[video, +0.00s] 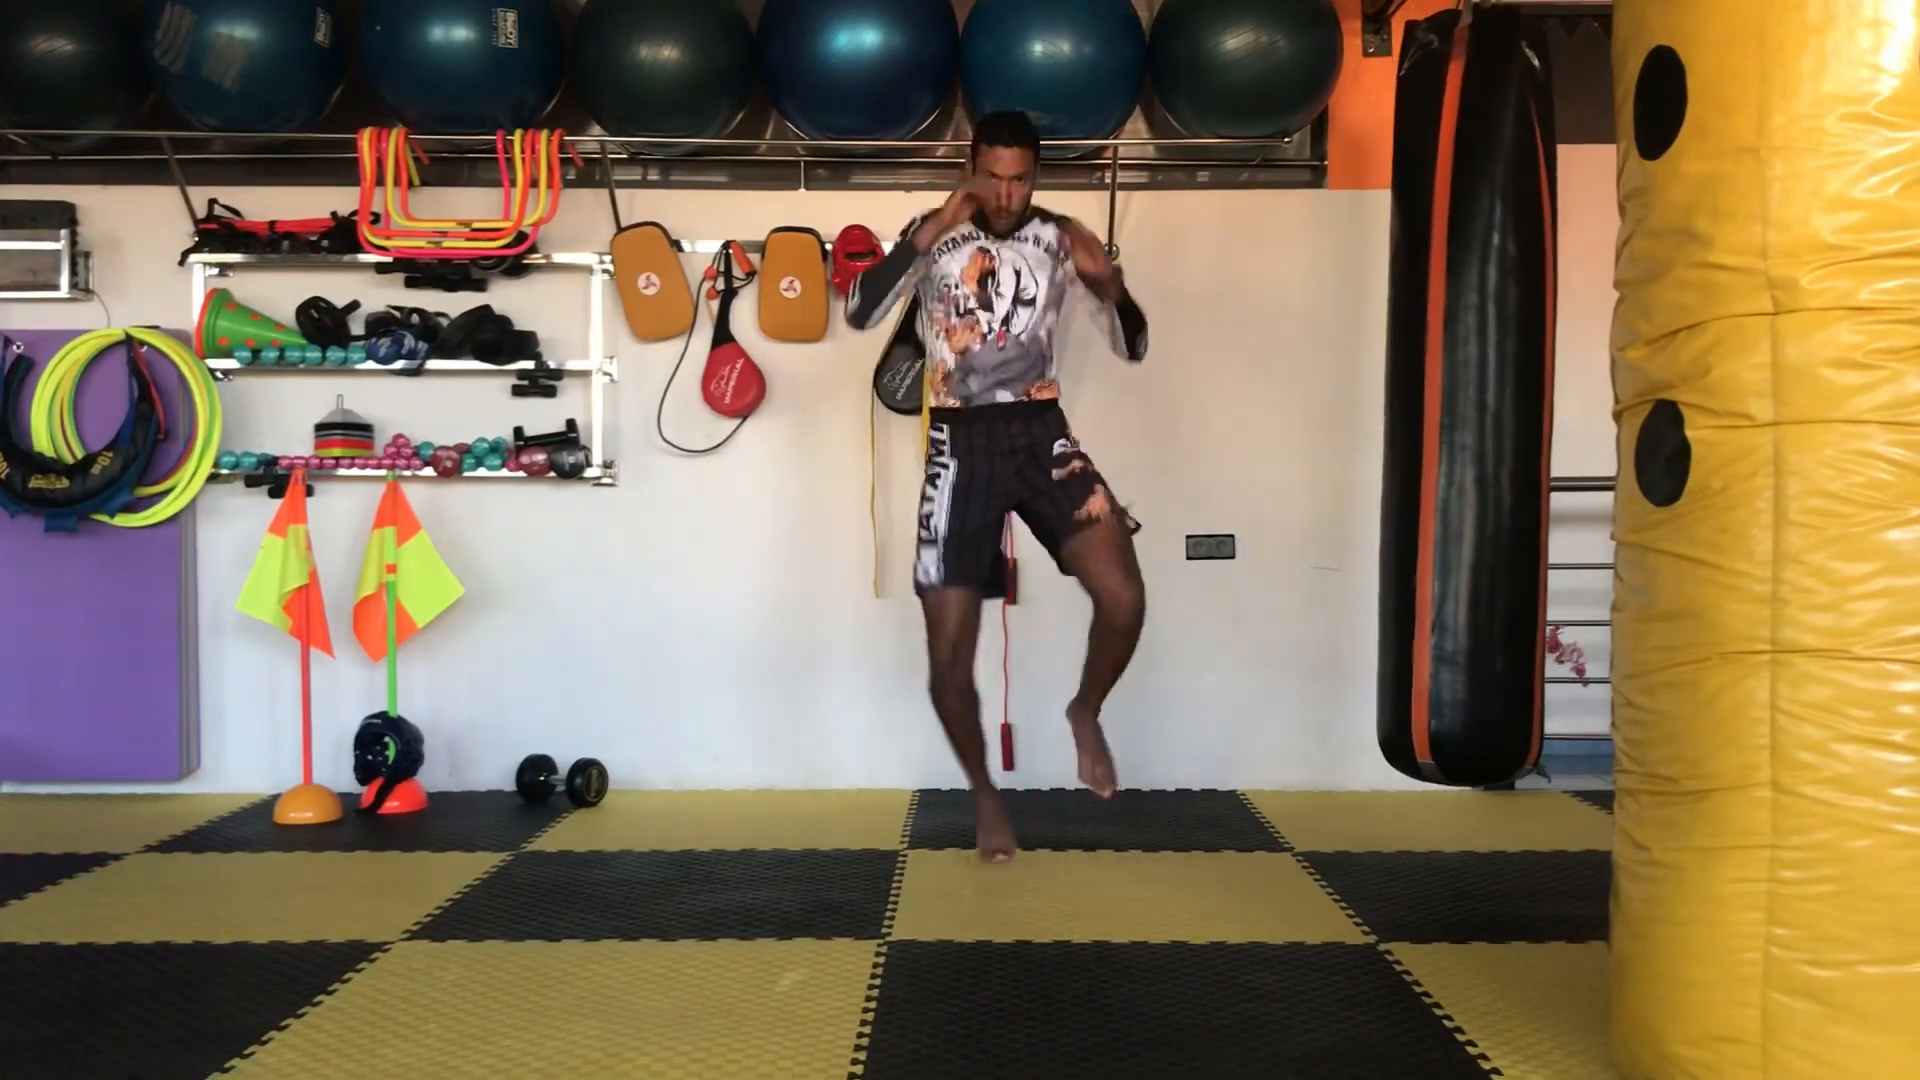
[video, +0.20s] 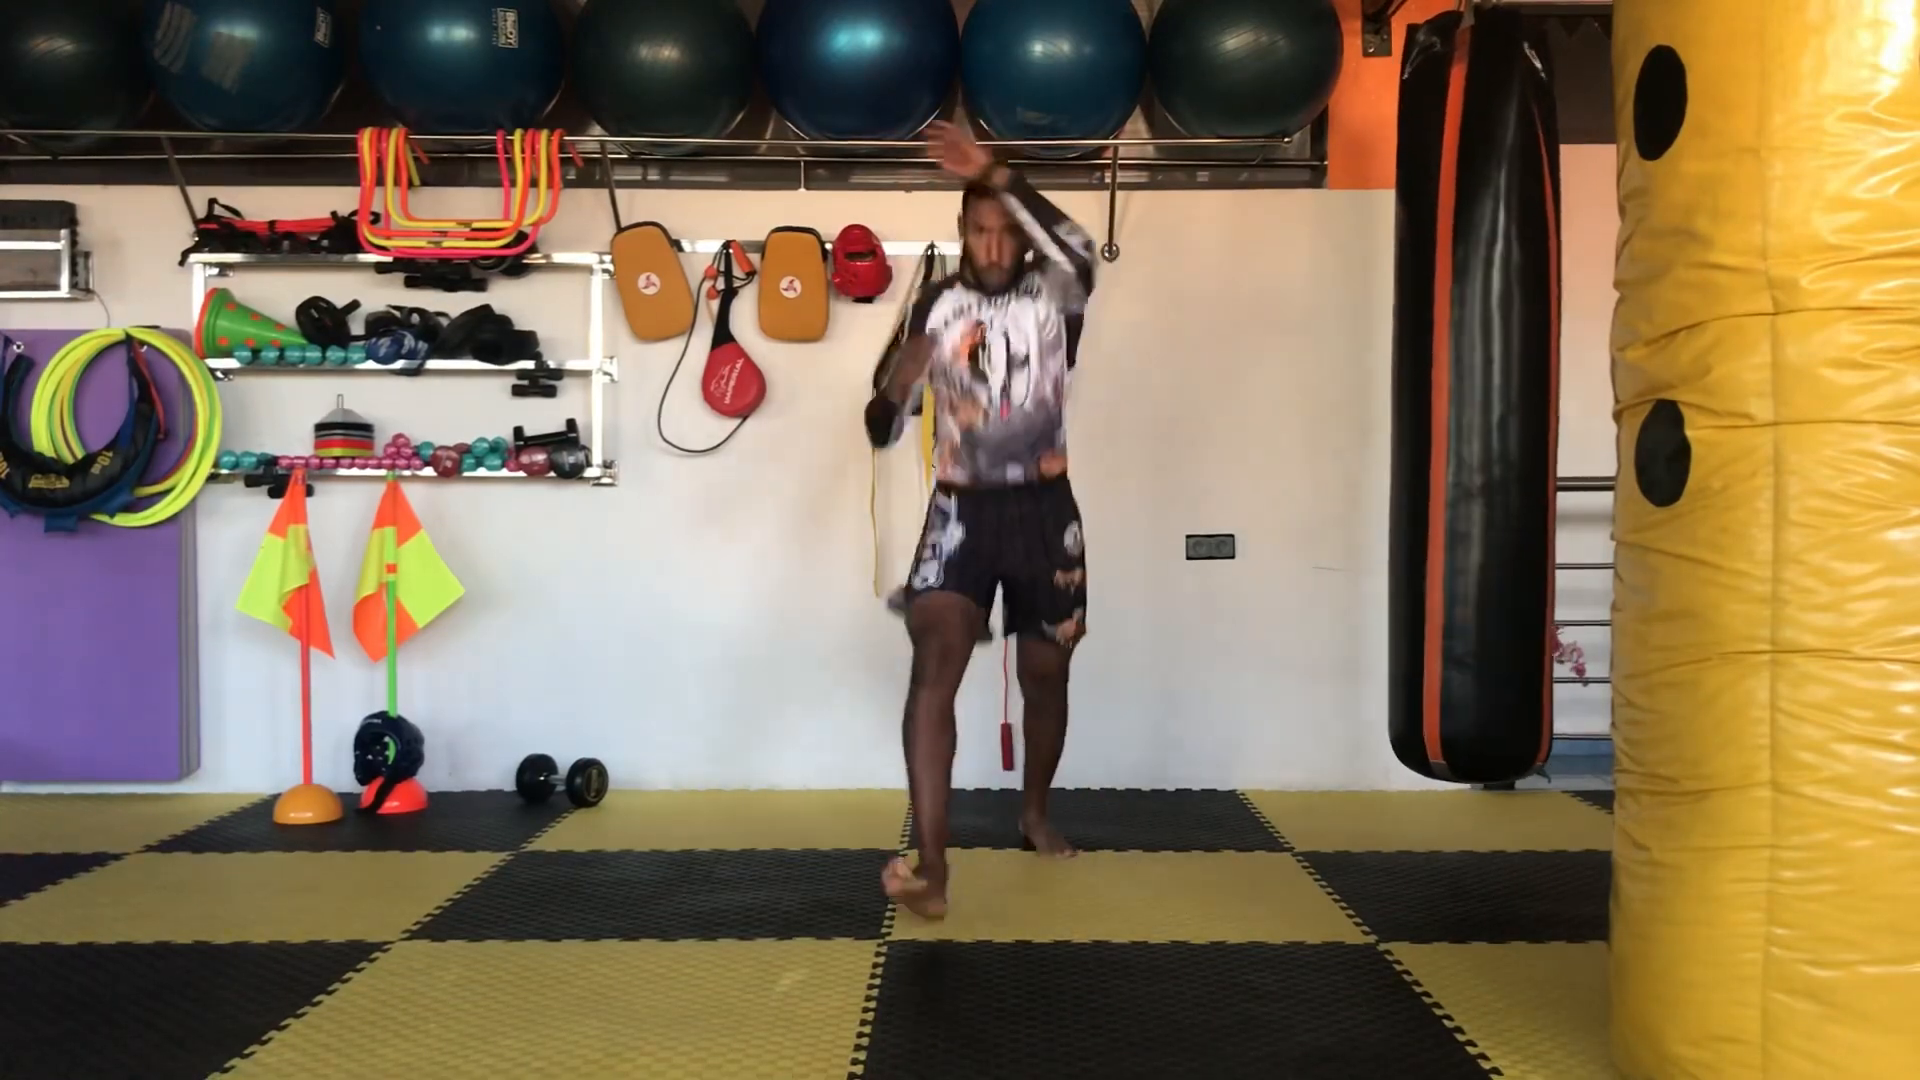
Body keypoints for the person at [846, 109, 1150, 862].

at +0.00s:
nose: (1006, 194)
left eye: (1019, 180)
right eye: (993, 180)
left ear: (1035, 176)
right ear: (971, 171)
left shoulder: (1063, 240)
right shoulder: (932, 234)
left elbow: (1132, 347)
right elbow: (862, 313)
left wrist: (1108, 285)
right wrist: (925, 236)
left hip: (1043, 436)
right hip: (959, 447)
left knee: (1125, 604)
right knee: (948, 660)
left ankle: (1084, 711)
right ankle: (984, 797)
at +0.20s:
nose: (991, 244)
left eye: (1005, 231)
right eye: (977, 230)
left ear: (1026, 238)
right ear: (960, 239)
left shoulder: (1054, 299)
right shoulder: (936, 306)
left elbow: (1083, 254)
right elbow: (883, 428)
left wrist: (996, 176)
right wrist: (896, 386)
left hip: (1042, 501)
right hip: (959, 504)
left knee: (1046, 672)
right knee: (934, 668)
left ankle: (1038, 817)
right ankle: (929, 864)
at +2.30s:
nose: (953, 217)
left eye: (967, 204)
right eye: (940, 204)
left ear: (988, 207)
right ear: (922, 208)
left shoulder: (1031, 272)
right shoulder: (911, 284)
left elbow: (1084, 384)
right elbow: (870, 392)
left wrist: (1035, 303)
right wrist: (897, 305)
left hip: (1020, 480)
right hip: (944, 484)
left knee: (1027, 664)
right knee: (949, 668)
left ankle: (1075, 862)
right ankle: (983, 816)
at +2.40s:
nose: (949, 211)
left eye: (963, 198)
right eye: (936, 197)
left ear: (985, 199)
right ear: (919, 200)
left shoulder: (1033, 260)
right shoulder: (908, 278)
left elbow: (1083, 366)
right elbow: (856, 376)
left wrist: (1035, 285)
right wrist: (887, 287)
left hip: (1016, 471)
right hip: (939, 475)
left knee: (1023, 657)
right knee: (946, 658)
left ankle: (1051, 849)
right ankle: (982, 809)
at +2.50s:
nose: (950, 196)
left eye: (964, 183)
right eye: (937, 182)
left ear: (988, 183)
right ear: (920, 184)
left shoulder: (1028, 252)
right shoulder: (910, 264)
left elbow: (1090, 333)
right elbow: (849, 349)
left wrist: (1032, 236)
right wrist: (884, 254)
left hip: (1013, 464)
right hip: (936, 468)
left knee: (1018, 658)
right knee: (940, 657)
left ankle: (1035, 847)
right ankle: (978, 800)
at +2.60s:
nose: (951, 202)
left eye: (965, 188)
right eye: (937, 187)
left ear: (990, 189)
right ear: (921, 190)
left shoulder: (1034, 257)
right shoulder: (912, 270)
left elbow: (1094, 340)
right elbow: (850, 353)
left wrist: (1030, 244)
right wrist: (891, 257)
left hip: (1014, 471)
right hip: (937, 473)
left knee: (1009, 662)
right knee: (940, 663)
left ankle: (1032, 853)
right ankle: (977, 801)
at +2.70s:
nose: (955, 217)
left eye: (969, 203)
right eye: (941, 202)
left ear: (991, 202)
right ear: (922, 202)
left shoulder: (1035, 265)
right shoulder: (911, 280)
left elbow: (1091, 370)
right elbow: (855, 377)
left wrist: (1035, 288)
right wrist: (892, 285)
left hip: (1016, 485)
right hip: (940, 486)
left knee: (1003, 670)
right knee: (941, 669)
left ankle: (1029, 856)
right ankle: (978, 804)